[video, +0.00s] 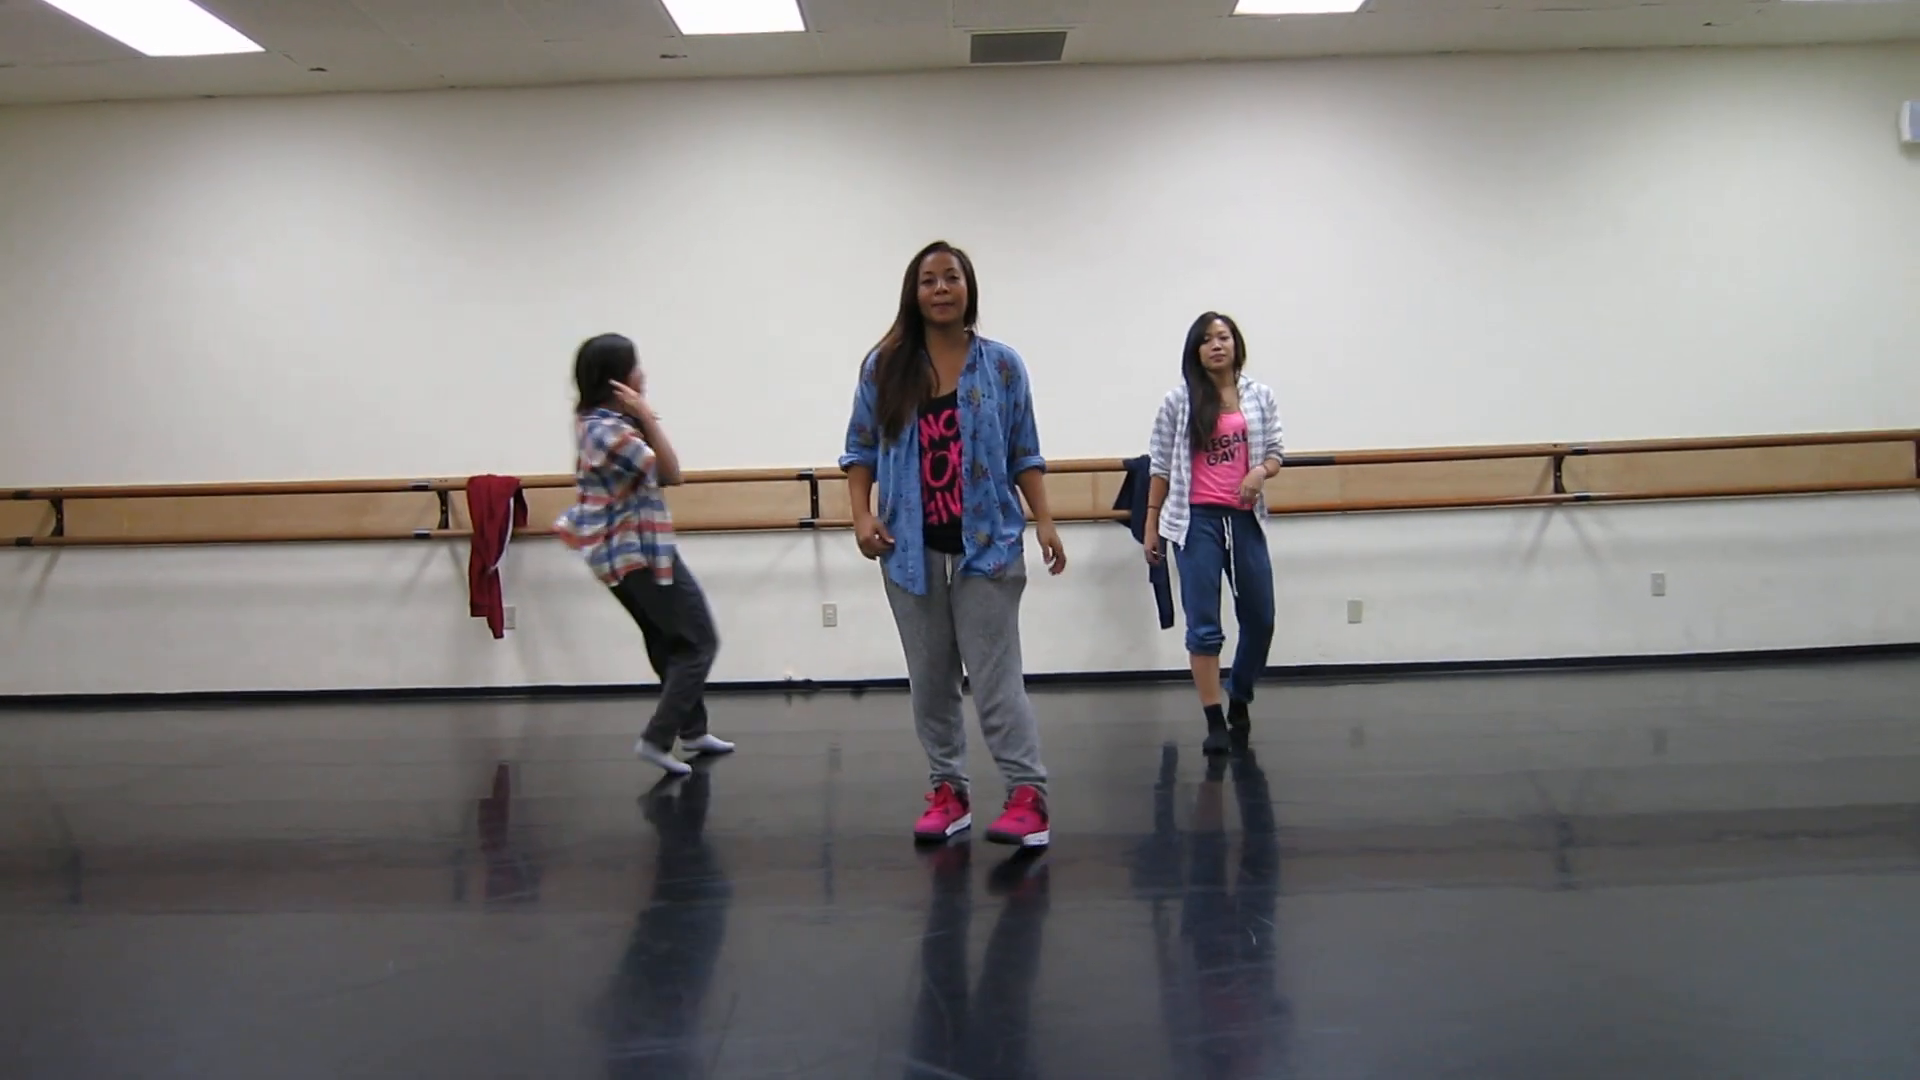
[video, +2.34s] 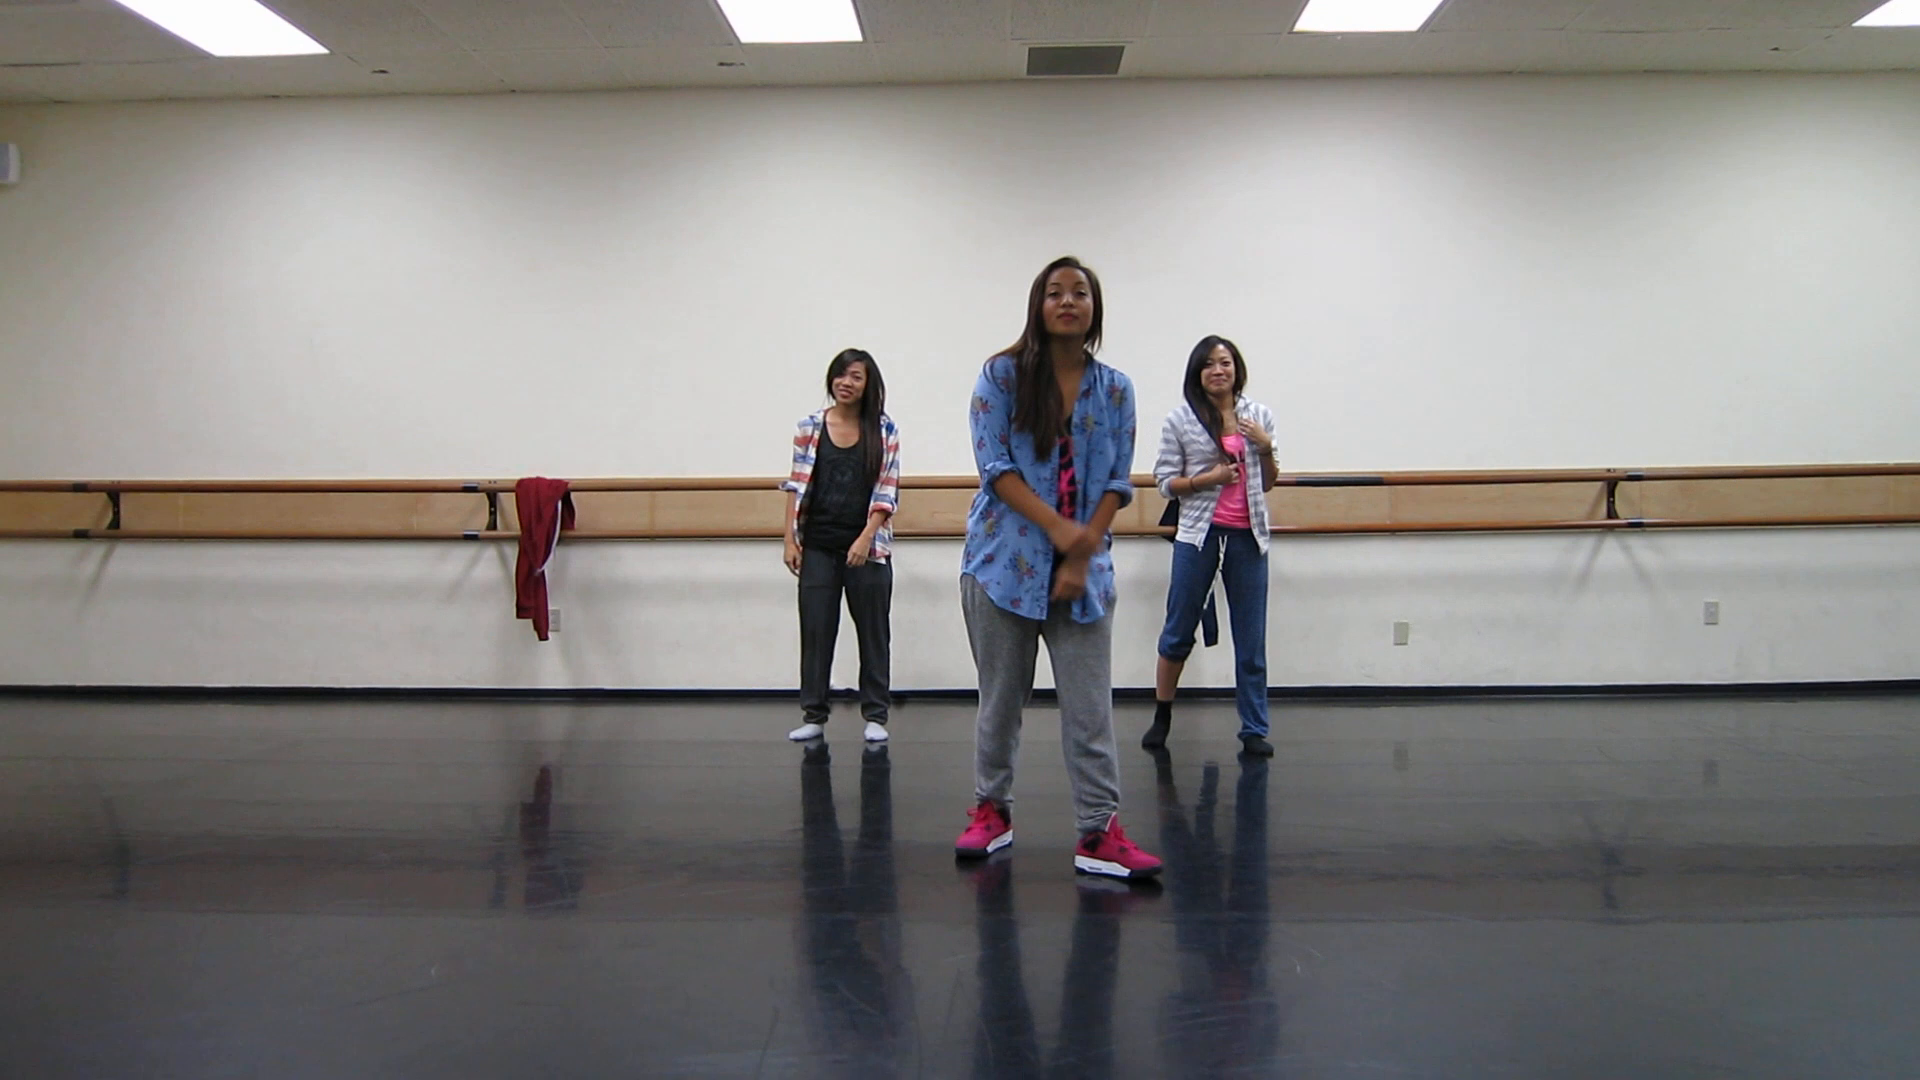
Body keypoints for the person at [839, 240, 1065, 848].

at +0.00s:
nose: (941, 288)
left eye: (952, 278)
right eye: (929, 280)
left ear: (970, 289)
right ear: (912, 293)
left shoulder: (1001, 363)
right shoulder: (883, 366)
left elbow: (1024, 452)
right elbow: (861, 448)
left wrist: (1044, 520)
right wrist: (862, 515)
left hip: (987, 547)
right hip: (910, 551)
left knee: (994, 676)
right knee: (930, 679)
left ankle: (1027, 792)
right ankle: (948, 791)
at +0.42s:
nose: (977, 290)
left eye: (988, 280)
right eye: (965, 281)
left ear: (1007, 290)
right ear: (950, 293)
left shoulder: (1033, 365)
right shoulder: (921, 362)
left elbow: (1043, 459)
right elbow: (910, 453)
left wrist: (975, 498)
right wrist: (959, 521)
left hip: (1012, 549)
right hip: (935, 548)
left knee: (1015, 678)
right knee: (948, 677)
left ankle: (1040, 802)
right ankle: (961, 792)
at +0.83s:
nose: (1000, 295)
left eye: (1010, 285)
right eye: (988, 286)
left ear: (1028, 295)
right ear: (971, 297)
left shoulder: (1053, 361)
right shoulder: (946, 368)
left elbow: (1044, 440)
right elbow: (950, 454)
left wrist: (1013, 511)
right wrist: (983, 527)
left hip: (1048, 540)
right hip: (970, 543)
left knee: (1075, 671)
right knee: (985, 677)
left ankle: (1102, 802)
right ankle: (999, 792)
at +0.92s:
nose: (1003, 295)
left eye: (1013, 285)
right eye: (991, 286)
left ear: (1032, 295)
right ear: (974, 296)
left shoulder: (1058, 362)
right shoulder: (948, 370)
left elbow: (1069, 447)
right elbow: (936, 459)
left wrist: (1079, 523)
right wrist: (934, 537)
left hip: (1052, 541)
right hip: (975, 545)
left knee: (1074, 675)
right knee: (991, 677)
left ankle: (1096, 800)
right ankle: (1006, 791)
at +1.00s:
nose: (1003, 294)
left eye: (1015, 283)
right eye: (991, 285)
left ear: (1033, 293)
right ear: (975, 296)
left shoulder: (1062, 364)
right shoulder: (948, 371)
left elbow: (1101, 445)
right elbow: (912, 460)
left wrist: (1143, 516)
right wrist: (878, 540)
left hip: (1058, 546)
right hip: (979, 550)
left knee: (1066, 678)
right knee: (994, 678)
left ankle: (1087, 798)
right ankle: (1008, 791)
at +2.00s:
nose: (1075, 287)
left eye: (1085, 278)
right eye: (1062, 281)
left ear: (1104, 294)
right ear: (1045, 299)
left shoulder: (1131, 379)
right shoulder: (1012, 370)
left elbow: (1151, 475)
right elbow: (982, 463)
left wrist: (1161, 554)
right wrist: (964, 546)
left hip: (1105, 565)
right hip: (1024, 563)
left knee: (1110, 700)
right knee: (1020, 693)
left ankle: (1113, 826)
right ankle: (1005, 806)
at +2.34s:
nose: (1067, 302)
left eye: (1079, 293)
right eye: (1056, 293)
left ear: (1095, 307)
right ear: (1037, 306)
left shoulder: (1114, 387)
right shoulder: (1001, 375)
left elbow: (1115, 486)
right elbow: (996, 472)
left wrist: (1079, 557)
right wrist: (1058, 526)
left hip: (1081, 567)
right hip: (1002, 565)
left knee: (1091, 709)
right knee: (1000, 701)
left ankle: (1098, 833)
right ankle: (991, 813)